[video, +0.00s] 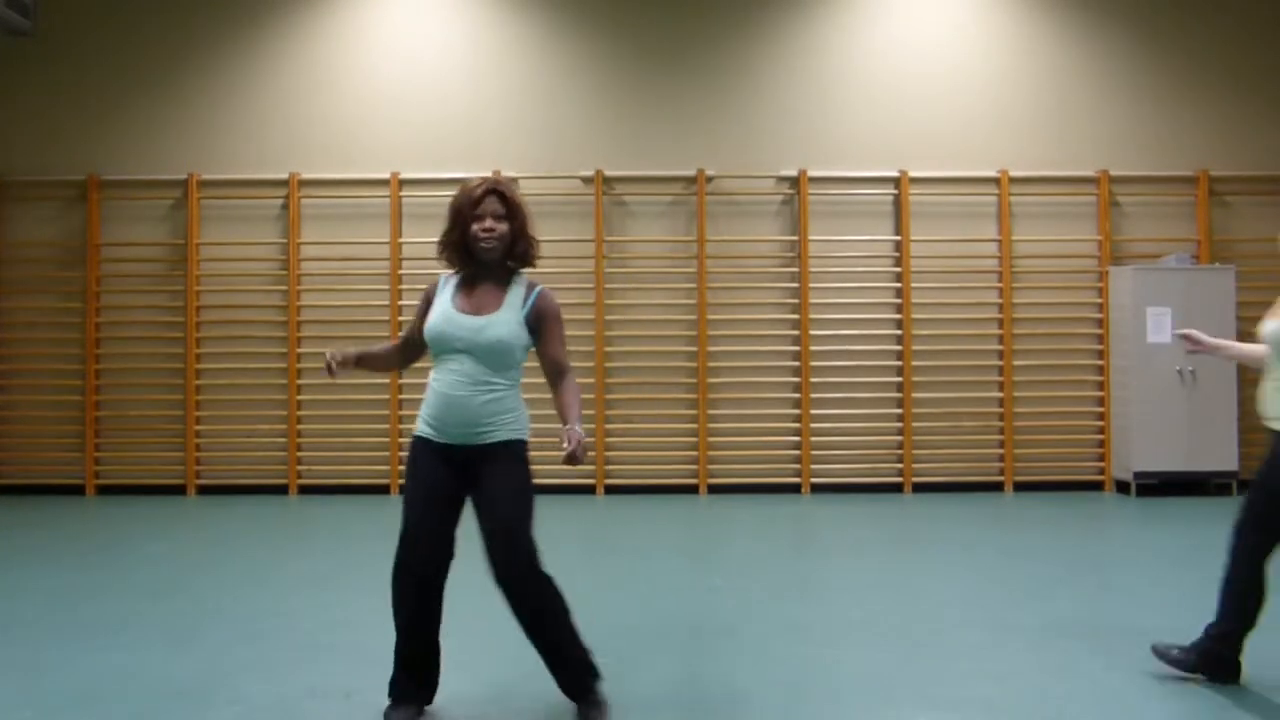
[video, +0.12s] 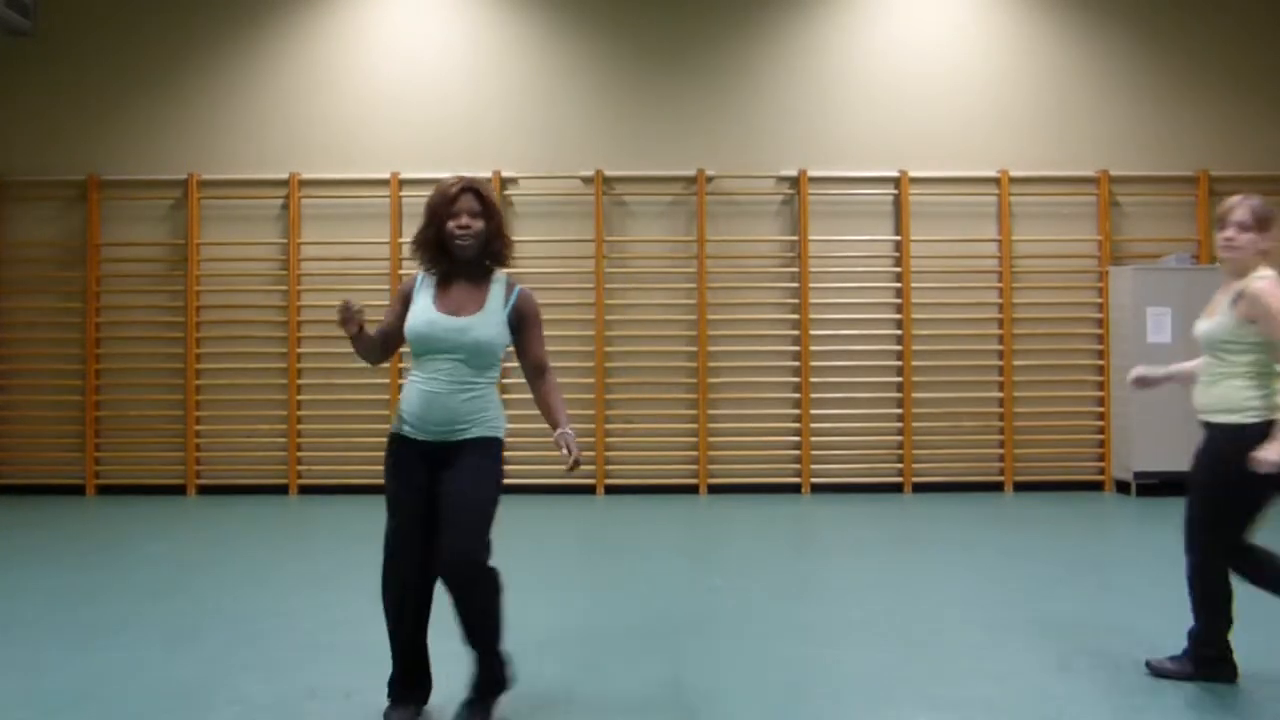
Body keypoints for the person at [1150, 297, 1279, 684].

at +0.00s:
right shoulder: (1275, 304)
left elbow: (1268, 354)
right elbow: (1272, 353)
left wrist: (1214, 346)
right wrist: (1213, 345)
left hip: (1279, 447)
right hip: (1277, 444)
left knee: (1251, 537)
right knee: (1251, 539)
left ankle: (1221, 651)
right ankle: (1221, 652)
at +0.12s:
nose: (1230, 235)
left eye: (1243, 228)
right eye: (1224, 226)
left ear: (1266, 239)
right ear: (1215, 234)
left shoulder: (1263, 290)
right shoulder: (1229, 289)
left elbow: (1276, 365)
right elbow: (1219, 362)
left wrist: (1276, 438)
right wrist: (1163, 374)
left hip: (1249, 435)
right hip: (1225, 432)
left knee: (1209, 541)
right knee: (1218, 540)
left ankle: (1210, 656)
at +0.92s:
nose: (920, 251)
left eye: (929, 244)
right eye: (912, 244)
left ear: (943, 256)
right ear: (900, 254)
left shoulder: (956, 306)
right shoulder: (890, 299)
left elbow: (989, 372)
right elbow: (873, 366)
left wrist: (964, 431)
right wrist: (849, 382)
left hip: (927, 434)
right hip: (879, 429)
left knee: (869, 534)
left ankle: (866, 644)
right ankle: (927, 596)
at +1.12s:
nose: (879, 242)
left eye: (888, 234)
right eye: (871, 235)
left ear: (903, 242)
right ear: (860, 244)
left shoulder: (923, 290)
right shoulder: (846, 289)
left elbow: (979, 337)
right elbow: (805, 344)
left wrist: (935, 347)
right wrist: (836, 316)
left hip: (898, 426)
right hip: (839, 419)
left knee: (853, 531)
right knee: (815, 527)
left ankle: (855, 642)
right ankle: (793, 639)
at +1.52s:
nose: (872, 248)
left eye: (881, 241)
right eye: (862, 242)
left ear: (894, 253)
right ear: (849, 256)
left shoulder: (914, 301)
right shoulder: (838, 304)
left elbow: (946, 352)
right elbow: (835, 369)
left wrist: (939, 369)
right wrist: (895, 357)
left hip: (902, 437)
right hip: (845, 437)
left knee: (929, 543)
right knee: (833, 546)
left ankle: (911, 639)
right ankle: (799, 638)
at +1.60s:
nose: (879, 242)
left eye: (886, 235)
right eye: (868, 237)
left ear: (899, 244)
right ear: (855, 251)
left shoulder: (919, 289)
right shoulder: (848, 297)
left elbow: (969, 325)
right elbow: (867, 343)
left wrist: (953, 316)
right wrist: (919, 312)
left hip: (918, 430)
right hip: (863, 432)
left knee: (925, 546)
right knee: (864, 545)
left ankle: (904, 642)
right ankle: (811, 632)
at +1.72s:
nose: (889, 239)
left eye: (896, 232)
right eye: (879, 234)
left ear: (909, 240)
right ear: (865, 246)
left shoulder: (929, 285)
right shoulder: (859, 292)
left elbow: (992, 303)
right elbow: (900, 304)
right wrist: (959, 258)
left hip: (928, 425)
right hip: (875, 426)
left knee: (961, 532)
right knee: (893, 538)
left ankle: (926, 630)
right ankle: (868, 642)